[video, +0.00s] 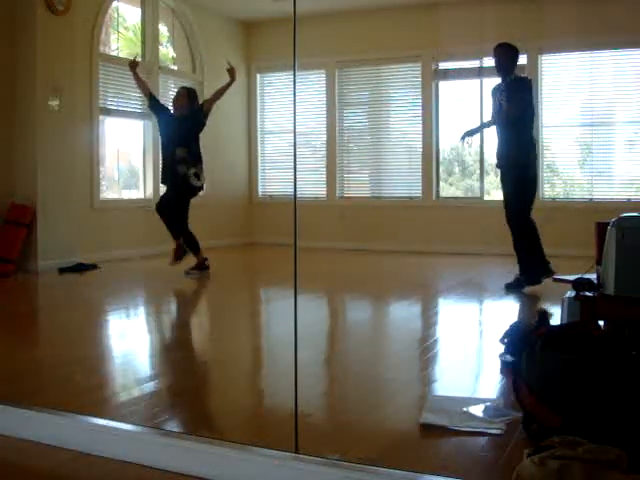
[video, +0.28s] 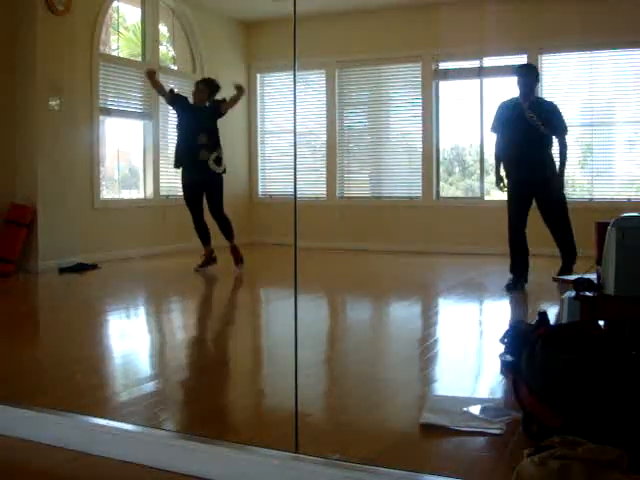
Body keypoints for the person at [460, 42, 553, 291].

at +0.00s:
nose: (497, 63)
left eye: (501, 58)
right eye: (496, 58)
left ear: (511, 60)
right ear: (496, 61)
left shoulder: (522, 85)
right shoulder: (499, 90)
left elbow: (515, 118)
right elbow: (496, 120)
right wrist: (473, 131)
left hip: (523, 160)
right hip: (508, 161)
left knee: (519, 216)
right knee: (515, 216)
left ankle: (533, 271)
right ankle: (535, 268)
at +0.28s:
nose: (525, 86)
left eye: (529, 82)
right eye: (522, 82)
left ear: (537, 82)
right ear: (516, 82)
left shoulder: (548, 108)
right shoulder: (506, 109)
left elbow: (562, 143)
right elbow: (499, 143)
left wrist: (561, 173)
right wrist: (498, 171)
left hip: (545, 176)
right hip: (517, 178)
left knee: (558, 223)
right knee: (516, 229)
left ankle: (568, 265)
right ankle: (518, 276)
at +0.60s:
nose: (541, 89)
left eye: (544, 85)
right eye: (537, 84)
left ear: (550, 87)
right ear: (531, 86)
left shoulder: (559, 110)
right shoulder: (523, 105)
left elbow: (574, 137)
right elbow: (519, 137)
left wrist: (584, 164)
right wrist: (527, 160)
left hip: (552, 171)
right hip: (530, 170)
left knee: (555, 218)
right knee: (533, 215)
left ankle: (563, 265)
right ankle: (527, 261)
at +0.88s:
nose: (532, 101)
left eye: (535, 97)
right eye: (528, 97)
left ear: (540, 99)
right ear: (524, 99)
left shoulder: (546, 123)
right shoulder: (515, 122)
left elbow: (568, 137)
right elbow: (513, 149)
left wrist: (579, 119)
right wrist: (523, 165)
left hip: (548, 179)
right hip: (526, 179)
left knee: (558, 224)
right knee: (528, 225)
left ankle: (567, 266)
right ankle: (528, 264)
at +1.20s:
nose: (518, 98)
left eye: (521, 95)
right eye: (516, 95)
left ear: (528, 97)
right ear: (512, 97)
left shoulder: (537, 113)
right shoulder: (506, 112)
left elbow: (567, 112)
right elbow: (503, 137)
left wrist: (593, 115)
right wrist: (520, 154)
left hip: (529, 172)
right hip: (510, 172)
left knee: (531, 216)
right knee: (516, 216)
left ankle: (529, 262)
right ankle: (522, 262)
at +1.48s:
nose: (515, 114)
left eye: (518, 111)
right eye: (513, 110)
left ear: (523, 112)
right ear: (508, 111)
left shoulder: (528, 134)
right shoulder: (499, 131)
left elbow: (536, 157)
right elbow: (493, 158)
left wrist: (547, 162)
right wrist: (497, 178)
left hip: (516, 179)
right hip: (500, 179)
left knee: (512, 217)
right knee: (508, 218)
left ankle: (503, 251)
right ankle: (522, 255)